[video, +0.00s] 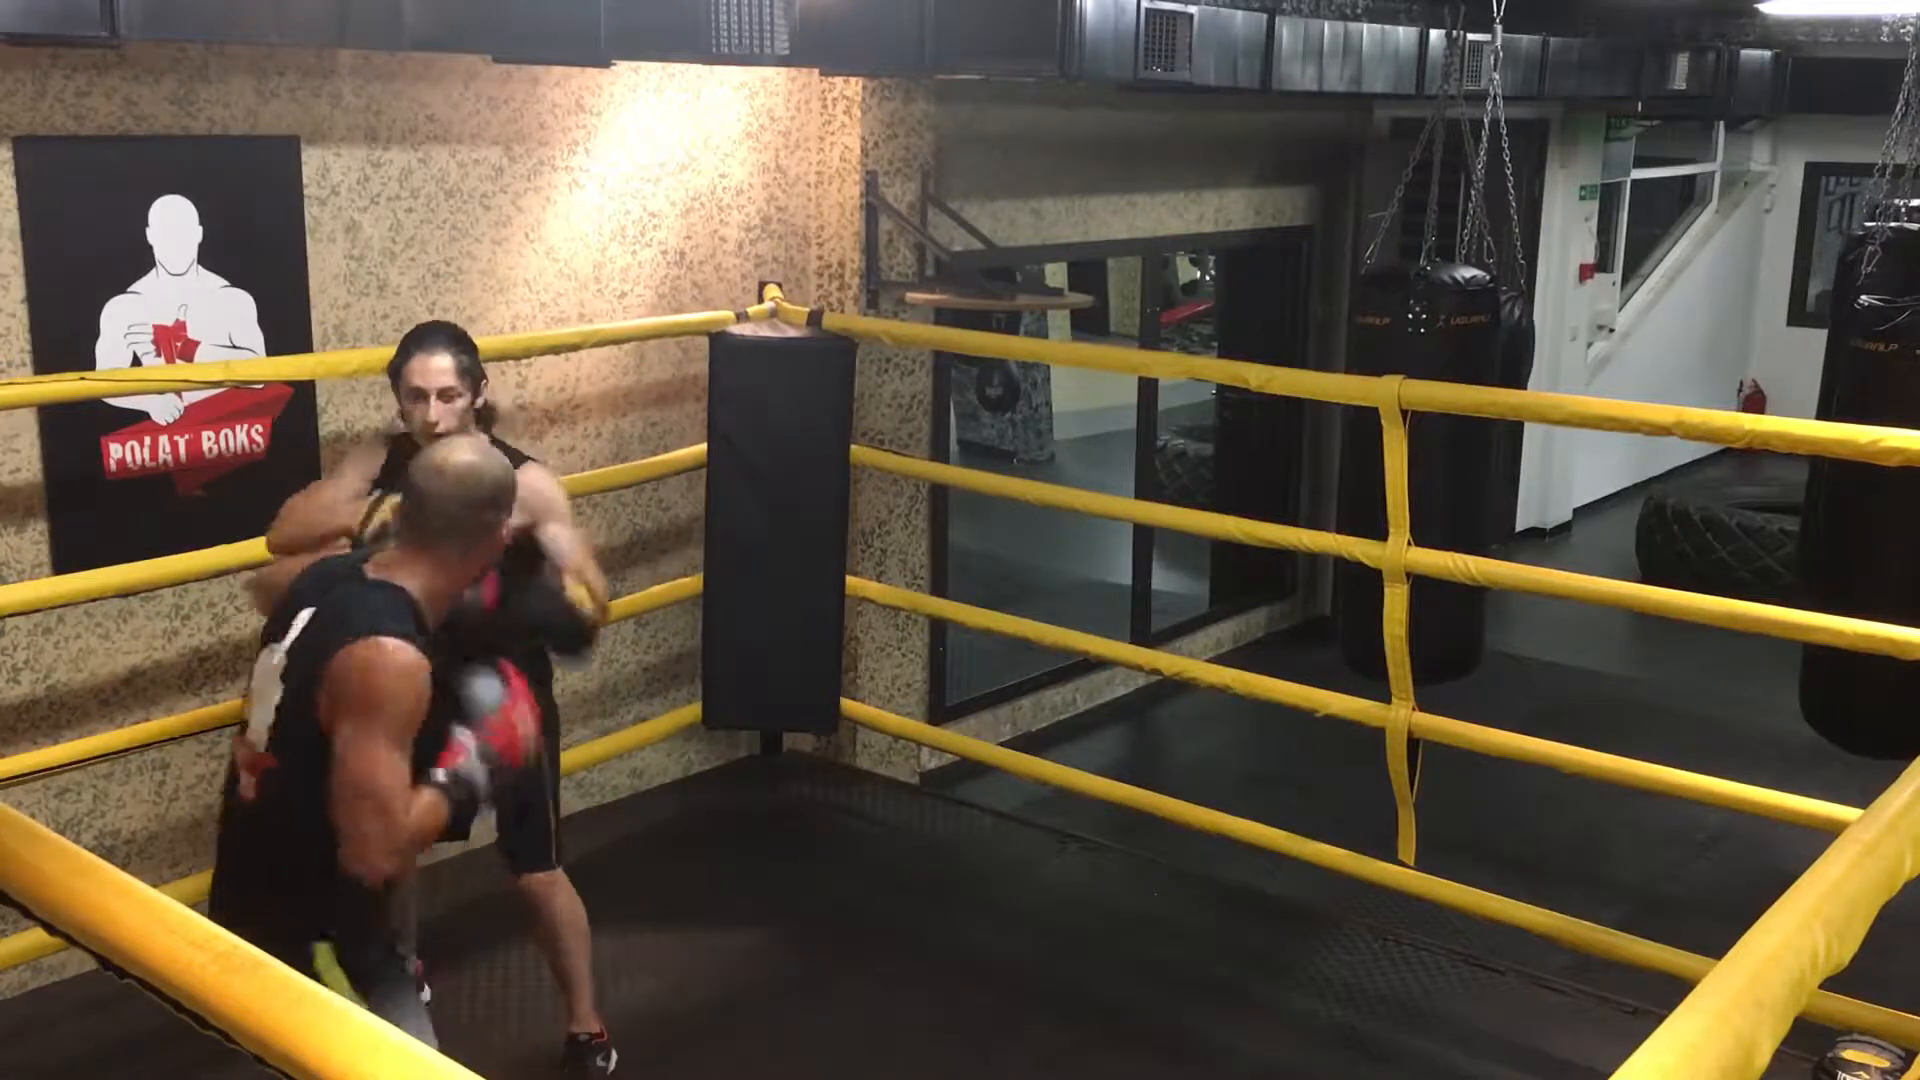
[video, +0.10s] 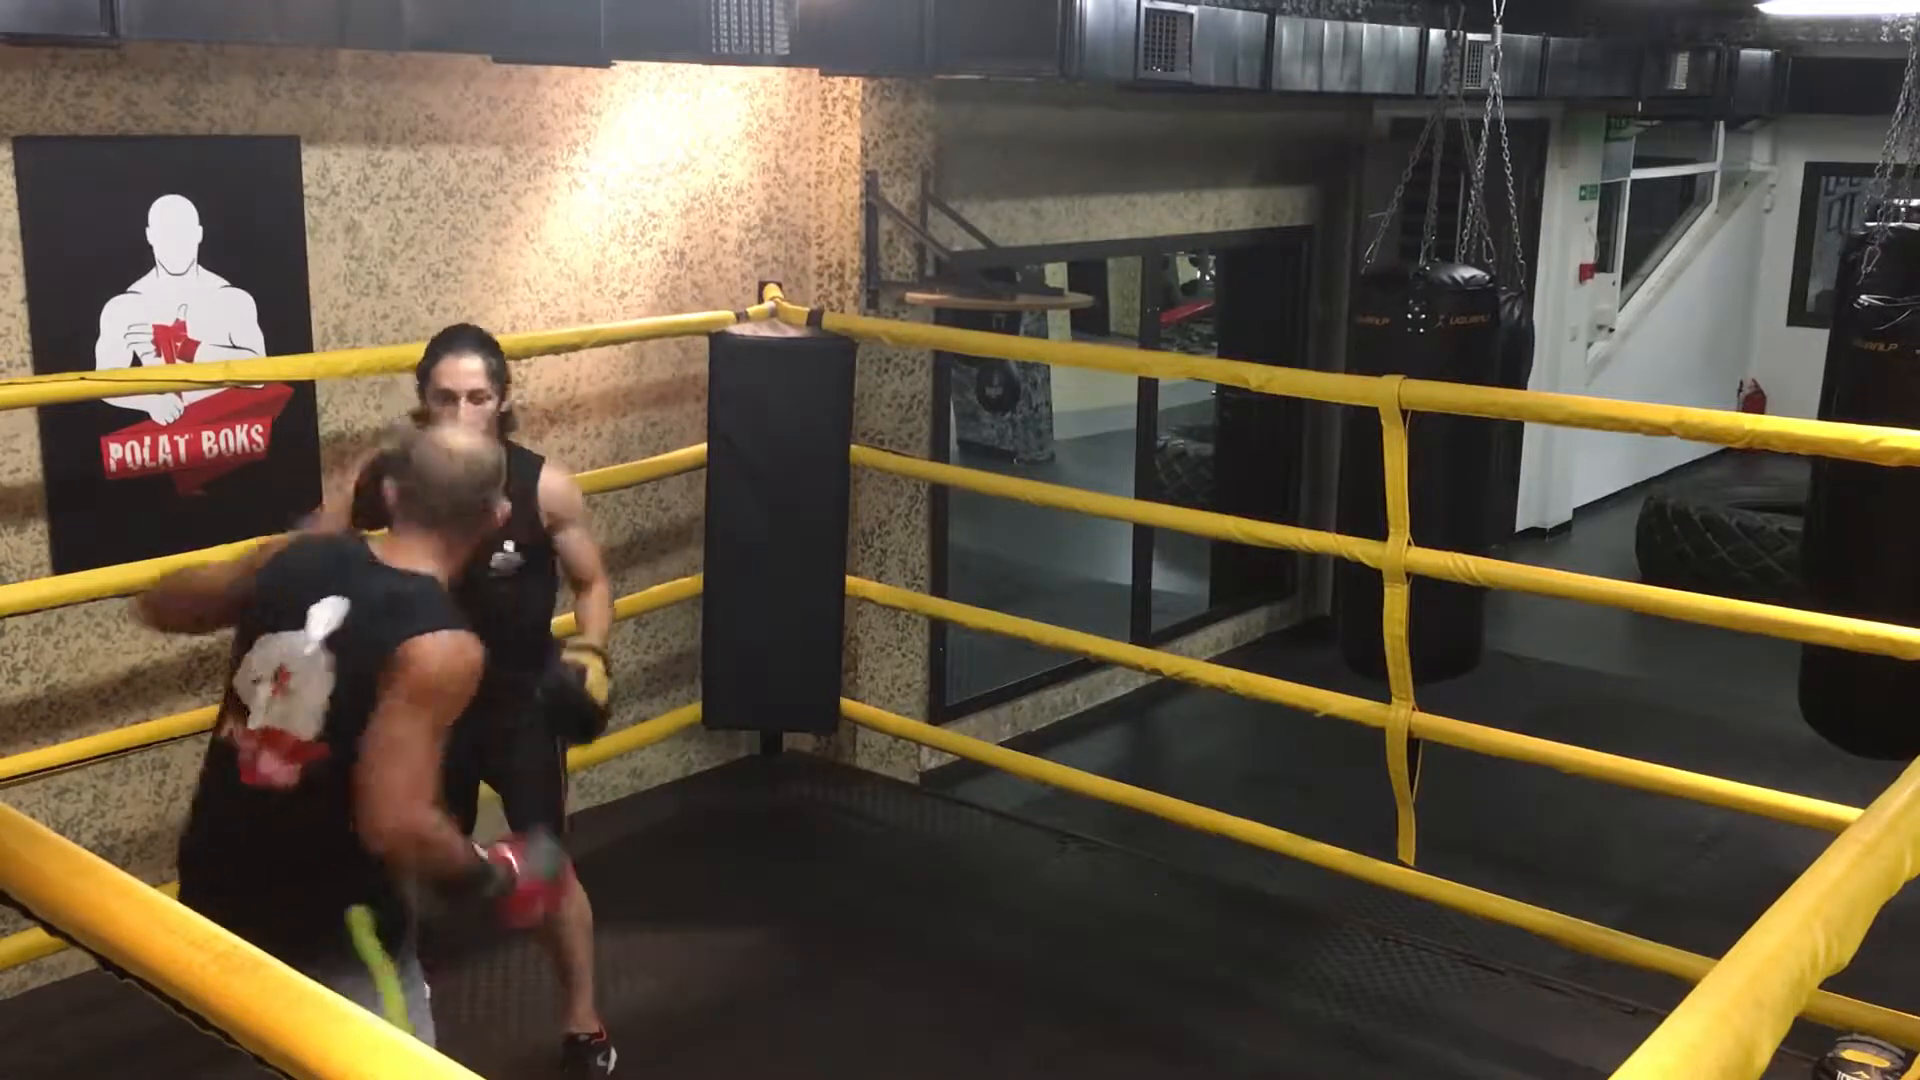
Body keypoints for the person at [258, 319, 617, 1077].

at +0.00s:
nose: (429, 411)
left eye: (444, 394)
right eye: (414, 396)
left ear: (476, 394)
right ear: (397, 401)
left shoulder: (525, 482)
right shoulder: (376, 465)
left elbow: (586, 593)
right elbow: (283, 532)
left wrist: (536, 595)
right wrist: (365, 515)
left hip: (504, 686)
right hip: (397, 685)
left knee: (534, 873)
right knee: (390, 852)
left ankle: (585, 1021)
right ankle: (396, 984)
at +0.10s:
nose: (459, 410)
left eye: (475, 395)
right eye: (443, 396)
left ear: (501, 400)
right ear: (421, 402)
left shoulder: (545, 486)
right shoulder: (383, 477)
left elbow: (591, 580)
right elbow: (312, 556)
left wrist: (592, 654)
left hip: (520, 693)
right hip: (421, 695)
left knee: (545, 858)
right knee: (410, 858)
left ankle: (583, 1021)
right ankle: (395, 1017)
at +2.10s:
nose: (730, 398)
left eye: (746, 382)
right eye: (721, 382)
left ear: (787, 386)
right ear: (712, 386)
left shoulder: (829, 470)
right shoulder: (721, 461)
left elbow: (870, 589)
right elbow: (650, 500)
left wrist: (798, 549)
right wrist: (670, 504)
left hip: (824, 697)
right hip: (743, 684)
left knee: (819, 871)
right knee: (724, 819)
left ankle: (861, 1020)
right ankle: (776, 940)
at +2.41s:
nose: (776, 385)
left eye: (792, 371)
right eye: (767, 370)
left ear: (833, 375)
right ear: (758, 375)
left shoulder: (875, 467)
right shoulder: (748, 451)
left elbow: (927, 570)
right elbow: (690, 530)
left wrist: (876, 658)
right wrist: (692, 504)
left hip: (846, 675)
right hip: (772, 669)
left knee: (841, 852)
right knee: (804, 818)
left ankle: (865, 1017)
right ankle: (862, 909)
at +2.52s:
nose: (773, 381)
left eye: (789, 366)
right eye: (765, 366)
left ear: (830, 371)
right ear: (759, 371)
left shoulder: (862, 463)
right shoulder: (765, 449)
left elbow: (912, 577)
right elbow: (752, 540)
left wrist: (861, 667)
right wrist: (711, 515)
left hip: (836, 671)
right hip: (781, 660)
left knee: (826, 843)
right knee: (806, 815)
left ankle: (865, 1020)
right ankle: (863, 909)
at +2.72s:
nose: (734, 369)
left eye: (747, 355)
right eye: (728, 355)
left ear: (789, 354)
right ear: (733, 354)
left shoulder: (809, 435)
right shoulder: (774, 427)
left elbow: (858, 546)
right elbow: (790, 531)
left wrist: (841, 659)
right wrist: (727, 532)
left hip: (813, 649)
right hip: (799, 637)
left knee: (768, 806)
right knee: (829, 788)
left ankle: (803, 981)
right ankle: (871, 913)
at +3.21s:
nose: (638, 394)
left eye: (652, 376)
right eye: (627, 378)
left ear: (687, 369)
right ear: (617, 375)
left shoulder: (713, 451)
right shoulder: (643, 429)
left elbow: (745, 567)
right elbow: (647, 506)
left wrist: (670, 647)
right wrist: (619, 542)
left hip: (719, 638)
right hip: (674, 625)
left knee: (656, 781)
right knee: (642, 763)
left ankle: (653, 929)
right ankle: (707, 888)